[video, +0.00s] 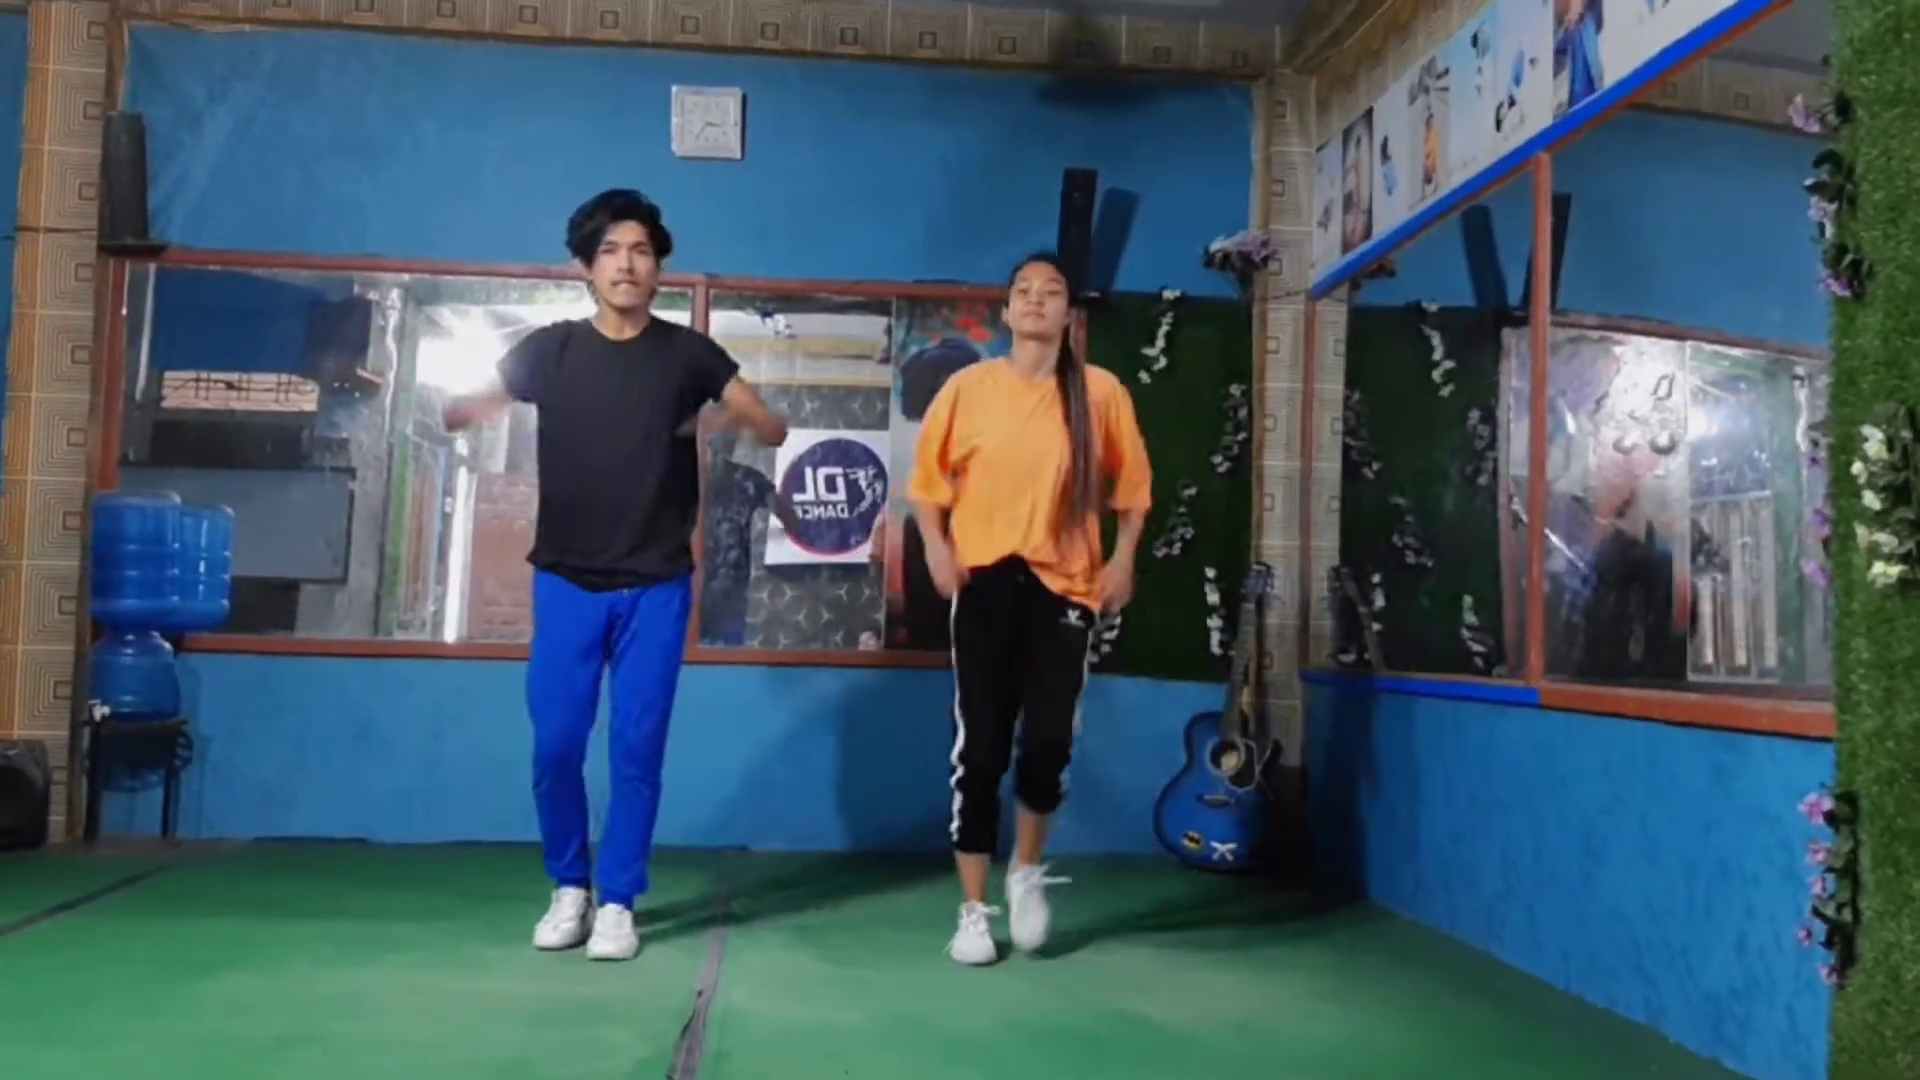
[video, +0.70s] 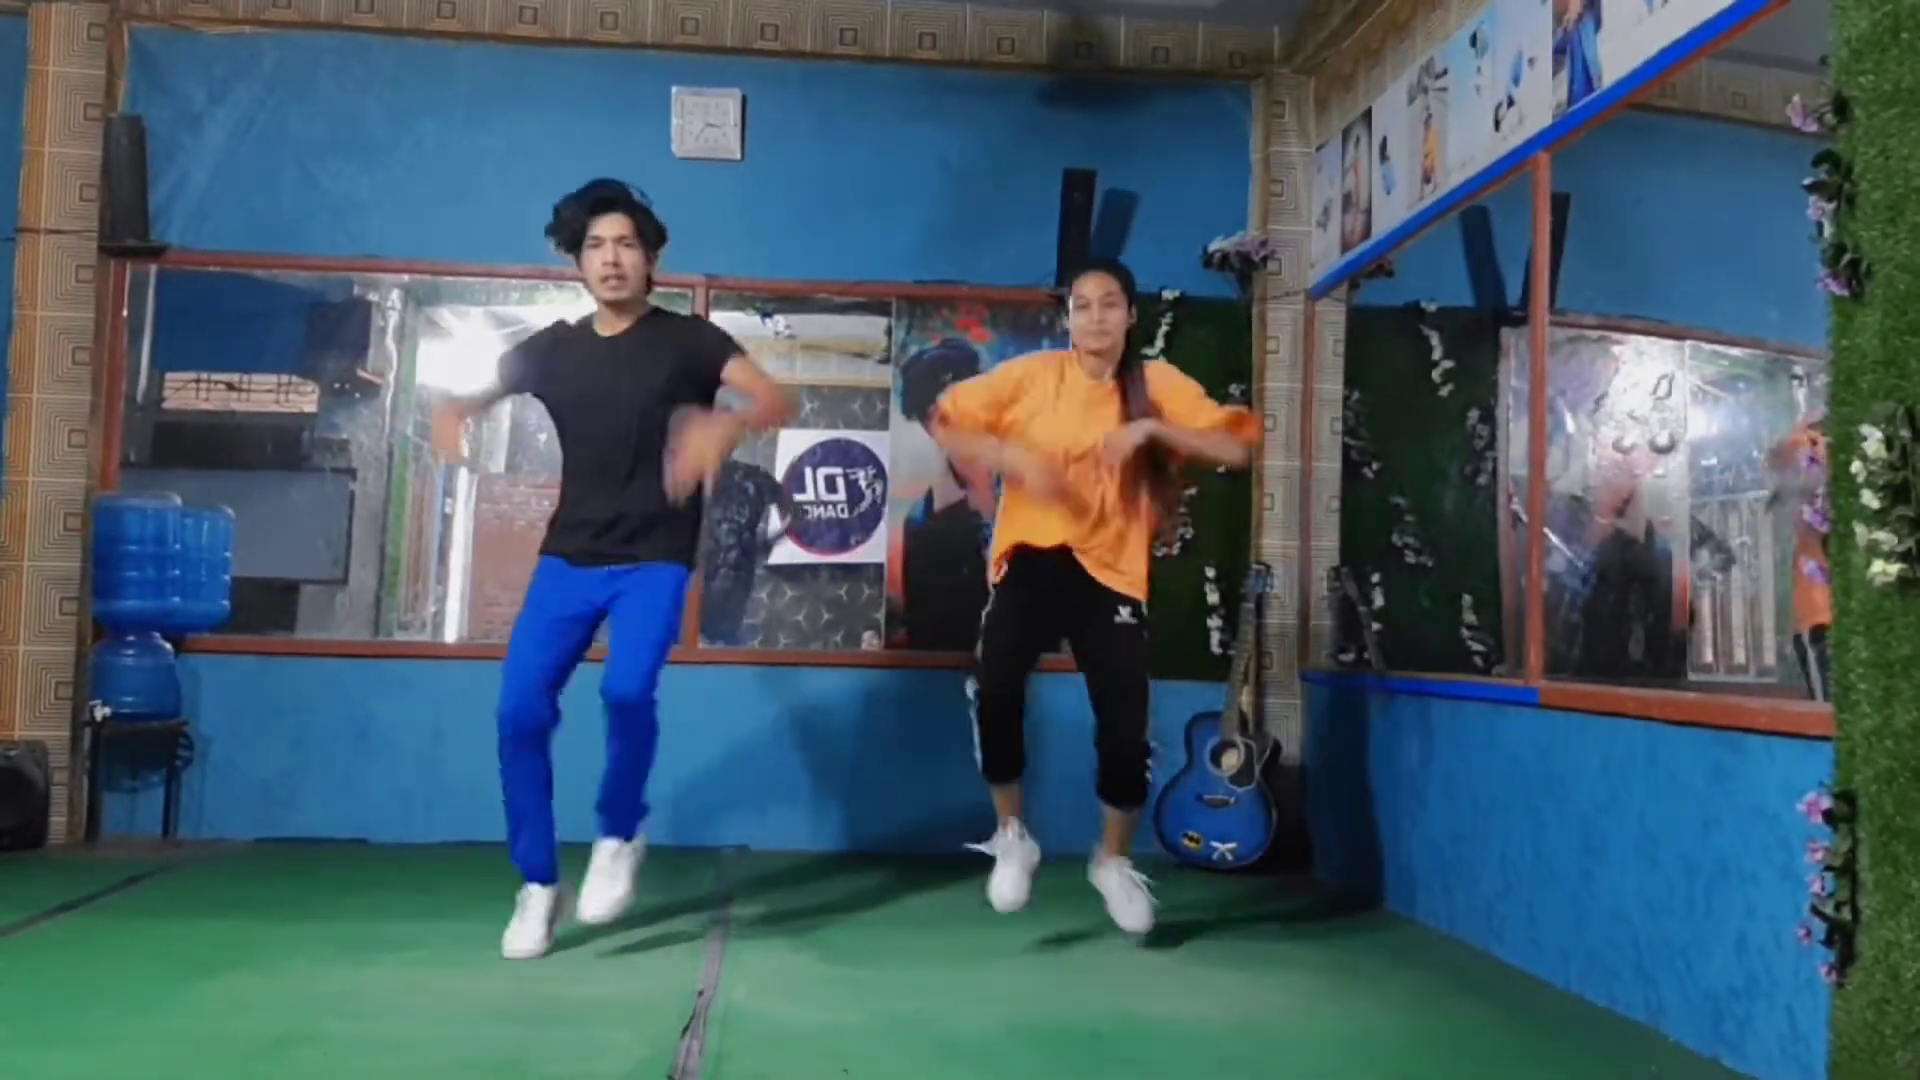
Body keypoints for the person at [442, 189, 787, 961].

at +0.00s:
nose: (629, 264)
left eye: (642, 251)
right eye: (613, 251)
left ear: (660, 268)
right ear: (586, 267)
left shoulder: (691, 354)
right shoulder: (549, 348)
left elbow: (773, 432)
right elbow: (485, 402)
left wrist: (743, 412)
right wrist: (459, 411)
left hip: (657, 585)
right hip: (565, 583)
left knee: (637, 748)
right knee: (553, 744)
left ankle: (617, 903)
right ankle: (568, 888)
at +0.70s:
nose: (614, 261)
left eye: (628, 246)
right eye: (597, 248)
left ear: (652, 260)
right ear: (578, 263)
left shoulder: (691, 341)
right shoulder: (550, 350)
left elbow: (778, 402)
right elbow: (466, 400)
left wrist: (724, 427)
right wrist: (449, 417)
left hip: (656, 558)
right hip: (570, 556)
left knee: (628, 690)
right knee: (521, 709)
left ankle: (618, 840)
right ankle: (537, 884)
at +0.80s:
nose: (604, 271)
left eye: (618, 256)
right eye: (588, 258)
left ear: (642, 271)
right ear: (569, 275)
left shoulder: (682, 362)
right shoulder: (549, 368)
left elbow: (736, 464)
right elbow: (505, 470)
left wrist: (700, 535)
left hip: (628, 587)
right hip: (549, 583)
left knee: (586, 736)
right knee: (528, 740)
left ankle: (598, 892)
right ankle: (553, 898)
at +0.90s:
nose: (593, 281)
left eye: (608, 267)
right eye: (580, 268)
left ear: (635, 282)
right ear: (564, 284)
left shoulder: (677, 372)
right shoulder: (546, 385)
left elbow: (714, 477)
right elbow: (538, 486)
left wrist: (683, 475)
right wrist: (514, 563)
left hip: (625, 590)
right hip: (544, 588)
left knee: (561, 742)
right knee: (520, 744)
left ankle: (600, 898)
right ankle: (551, 901)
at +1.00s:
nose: (582, 282)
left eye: (598, 269)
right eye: (569, 271)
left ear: (626, 284)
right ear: (553, 287)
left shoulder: (665, 346)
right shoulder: (540, 392)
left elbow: (729, 420)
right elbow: (484, 475)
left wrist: (643, 434)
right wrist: (446, 509)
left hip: (642, 578)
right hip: (559, 582)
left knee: (584, 704)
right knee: (523, 745)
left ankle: (615, 855)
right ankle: (552, 904)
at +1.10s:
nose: (569, 281)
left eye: (586, 269)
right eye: (557, 269)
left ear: (612, 284)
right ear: (540, 285)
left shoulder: (639, 340)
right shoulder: (535, 390)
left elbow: (703, 425)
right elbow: (487, 481)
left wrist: (687, 530)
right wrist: (391, 436)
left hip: (644, 584)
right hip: (569, 594)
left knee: (631, 734)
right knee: (529, 751)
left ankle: (716, 859)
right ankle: (555, 910)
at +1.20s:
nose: (562, 291)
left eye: (579, 277)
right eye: (549, 277)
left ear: (606, 292)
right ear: (534, 293)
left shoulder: (635, 358)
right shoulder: (539, 398)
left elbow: (714, 440)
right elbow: (535, 500)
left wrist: (728, 551)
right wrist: (469, 442)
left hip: (640, 600)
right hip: (563, 607)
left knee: (679, 753)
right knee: (519, 758)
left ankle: (778, 892)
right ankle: (557, 910)